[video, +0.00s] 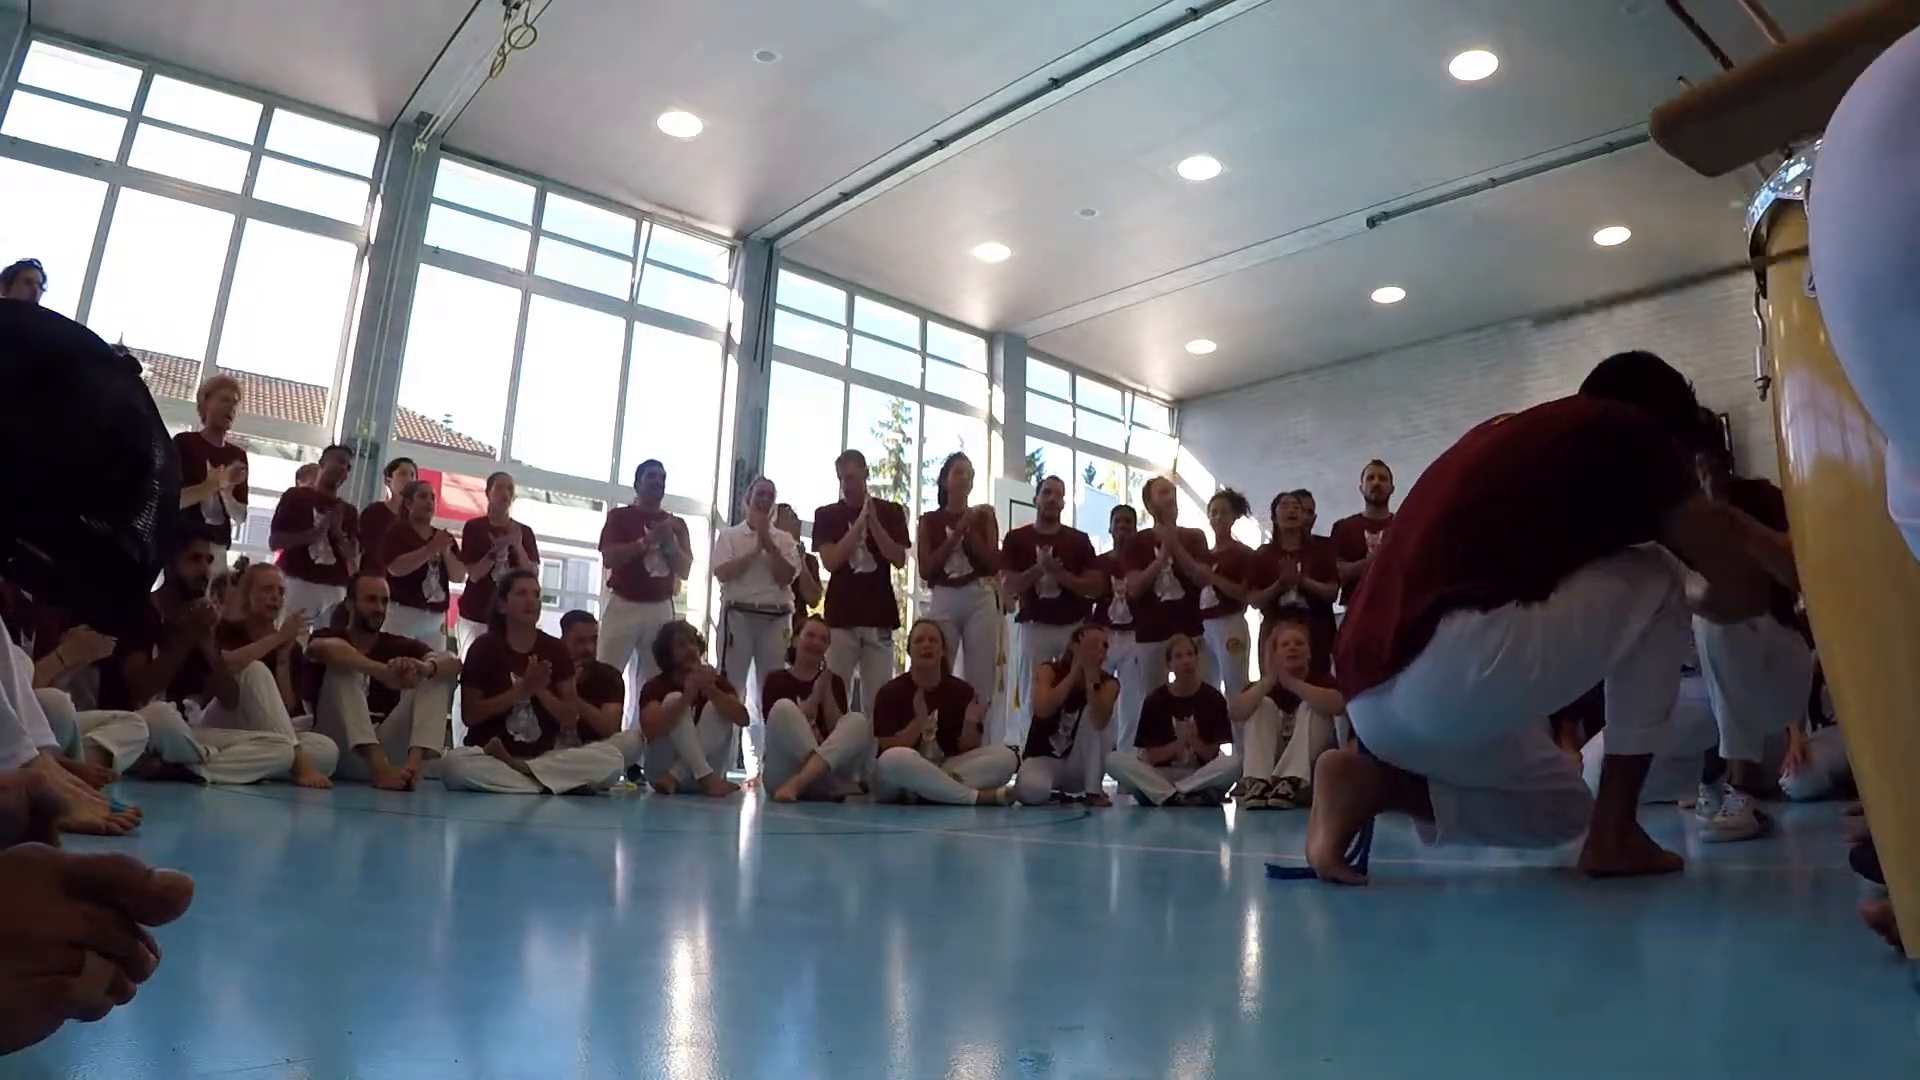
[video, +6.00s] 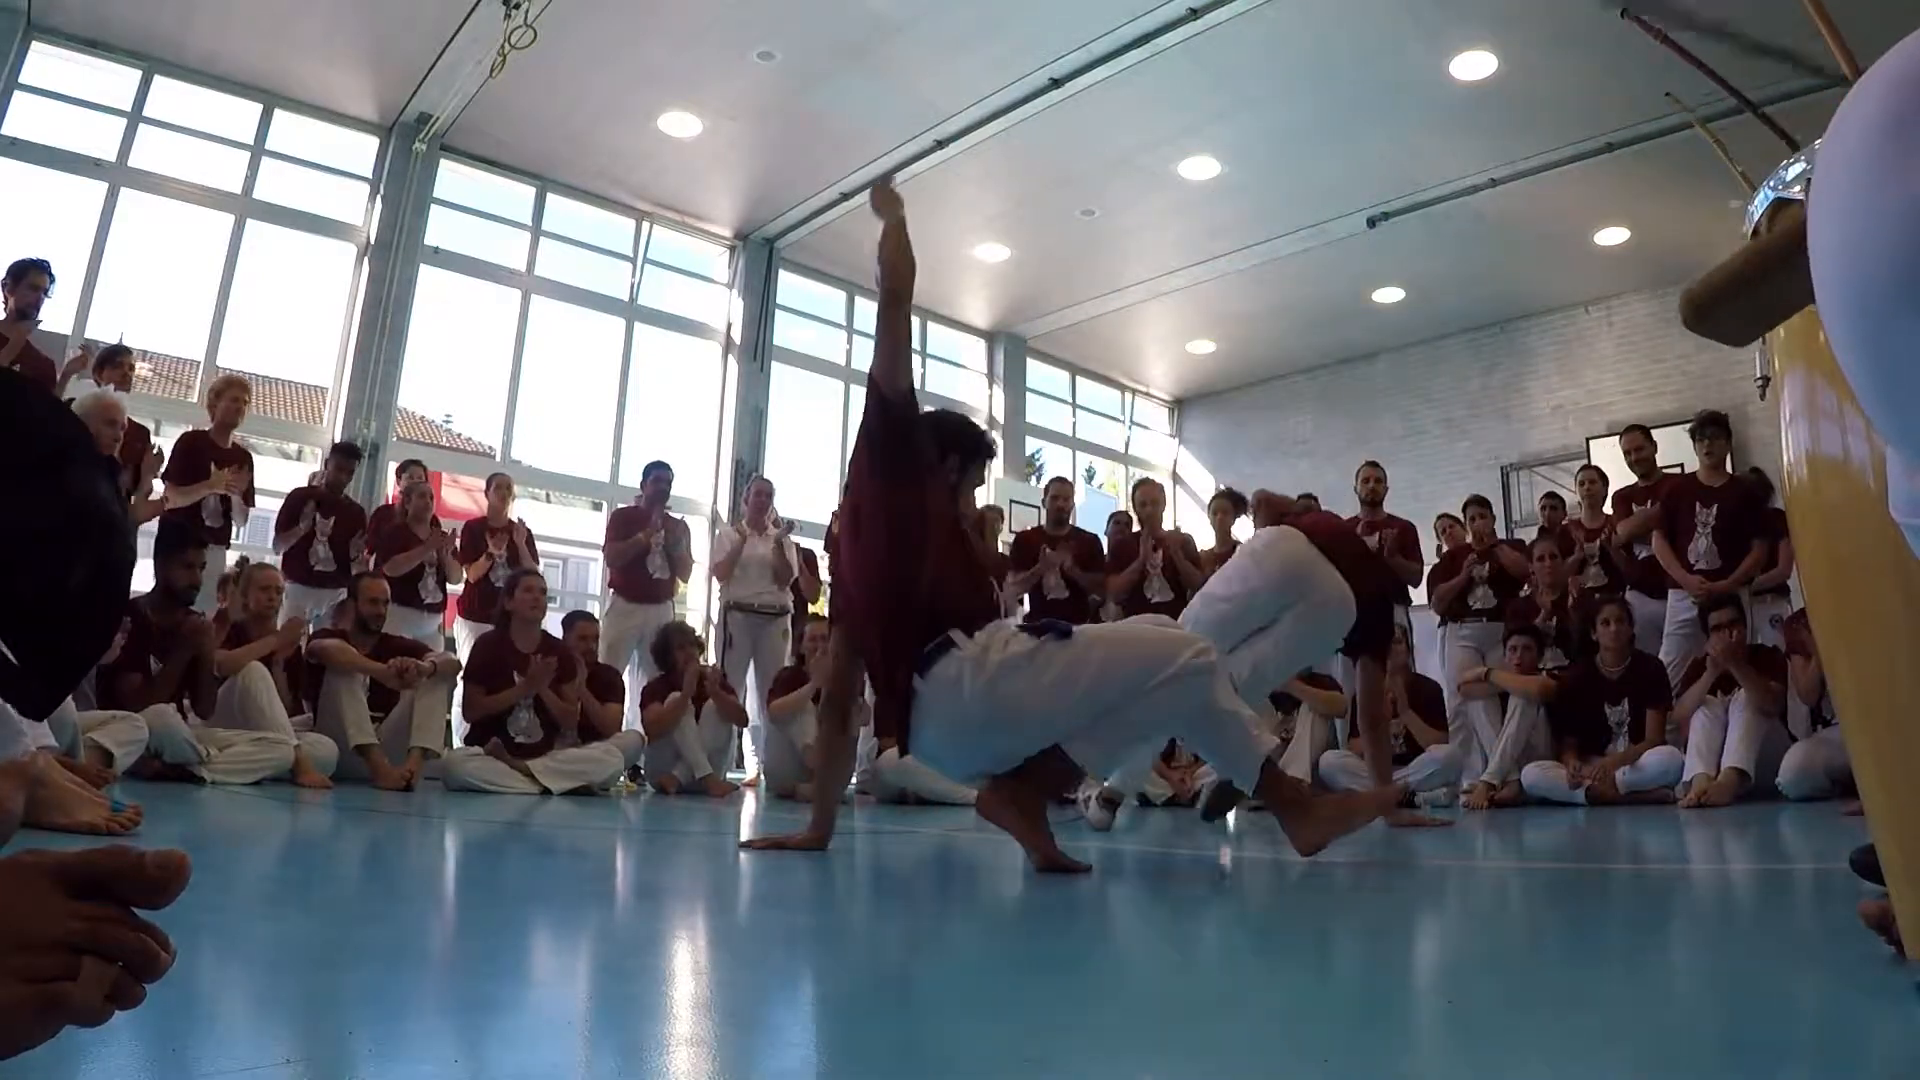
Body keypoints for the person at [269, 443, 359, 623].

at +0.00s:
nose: (344, 469)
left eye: (348, 466)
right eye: (339, 461)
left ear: (348, 474)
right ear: (322, 463)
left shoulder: (349, 511)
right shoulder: (294, 496)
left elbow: (352, 553)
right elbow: (275, 541)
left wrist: (338, 534)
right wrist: (314, 533)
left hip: (334, 588)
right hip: (297, 583)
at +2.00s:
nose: (334, 467)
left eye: (340, 462)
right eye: (328, 460)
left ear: (345, 467)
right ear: (316, 463)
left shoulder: (352, 506)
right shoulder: (299, 498)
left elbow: (351, 554)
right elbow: (292, 544)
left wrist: (345, 526)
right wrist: (321, 523)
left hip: (336, 588)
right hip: (302, 584)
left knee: (329, 654)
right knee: (292, 650)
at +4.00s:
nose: (335, 472)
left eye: (341, 467)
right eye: (329, 465)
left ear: (345, 469)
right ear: (317, 464)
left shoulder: (350, 505)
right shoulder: (297, 498)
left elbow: (352, 554)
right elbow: (294, 546)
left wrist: (346, 525)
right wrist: (322, 529)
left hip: (337, 588)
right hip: (302, 585)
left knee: (331, 654)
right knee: (293, 651)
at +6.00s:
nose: (344, 477)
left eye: (350, 472)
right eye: (339, 469)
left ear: (354, 474)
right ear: (326, 465)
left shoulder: (356, 512)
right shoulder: (299, 497)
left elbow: (357, 558)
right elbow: (278, 545)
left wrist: (357, 552)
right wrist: (303, 528)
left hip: (334, 593)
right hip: (298, 588)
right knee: (288, 655)